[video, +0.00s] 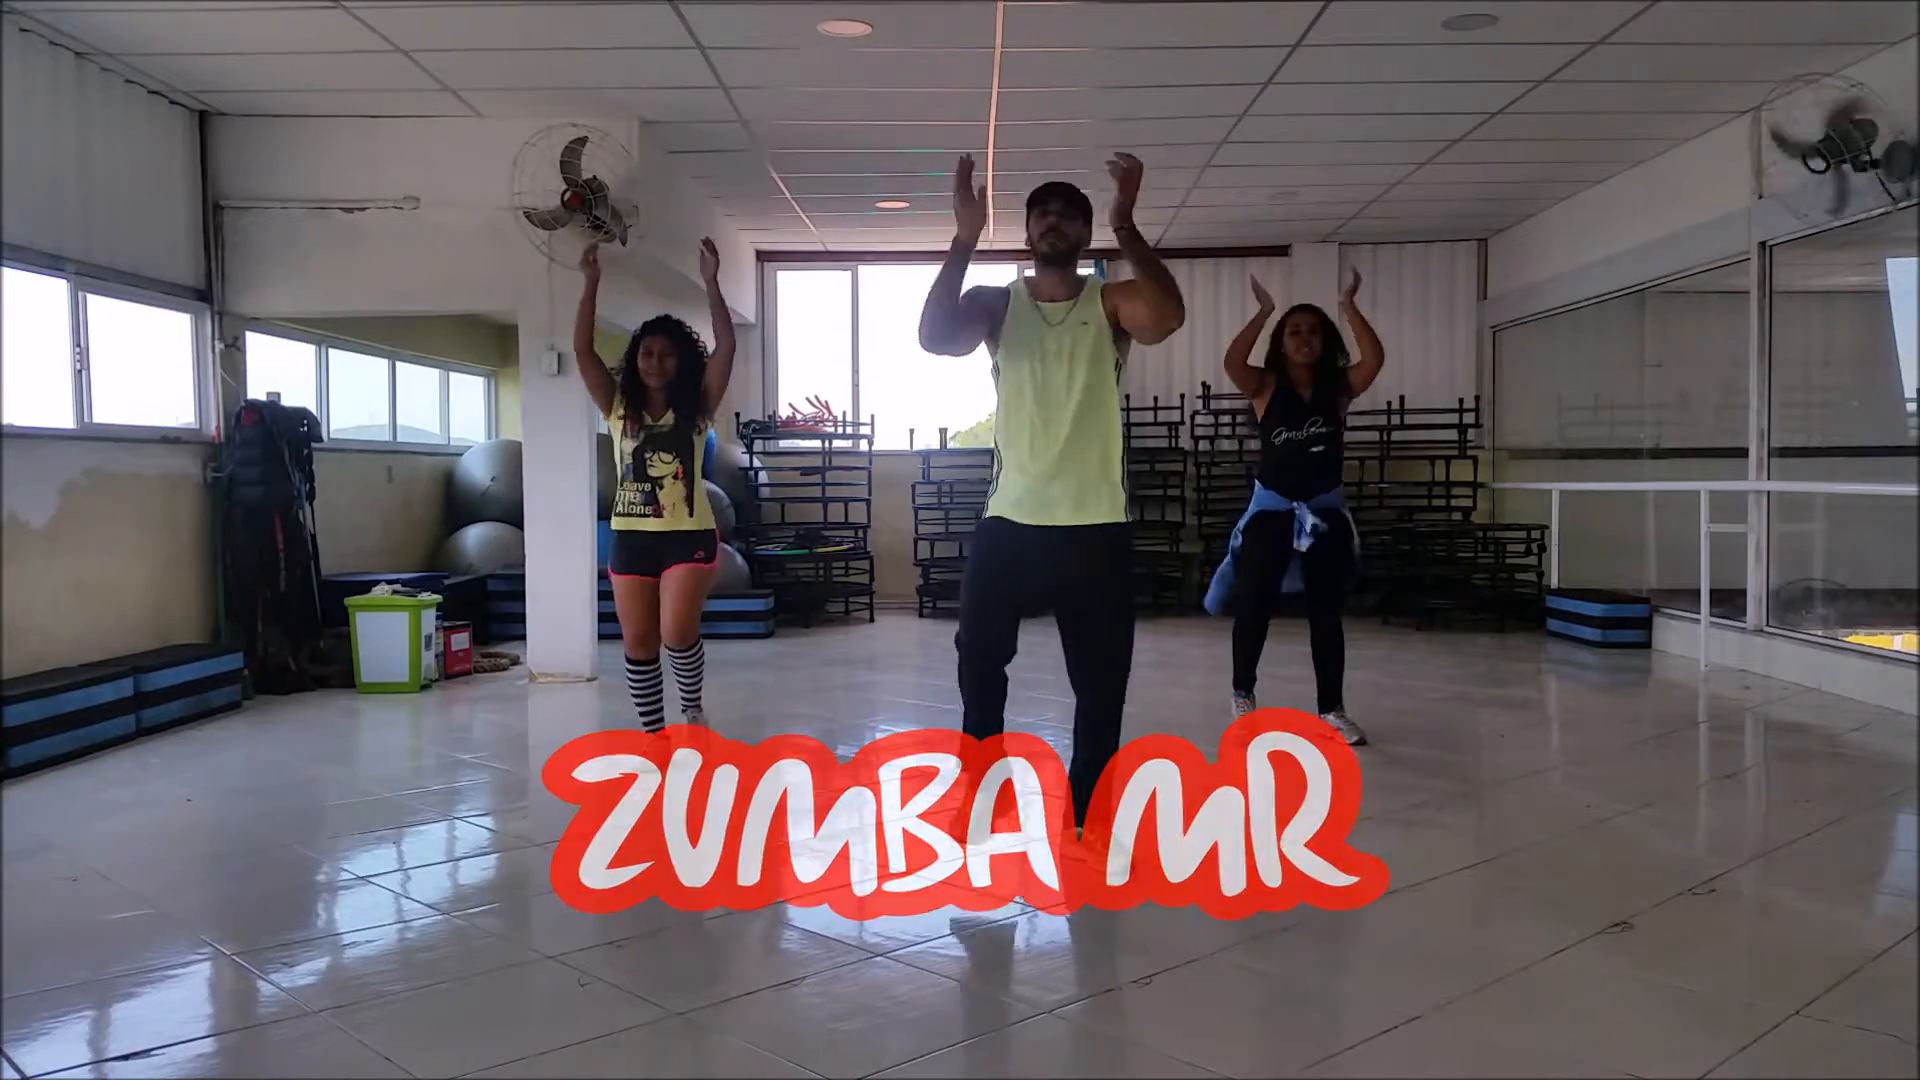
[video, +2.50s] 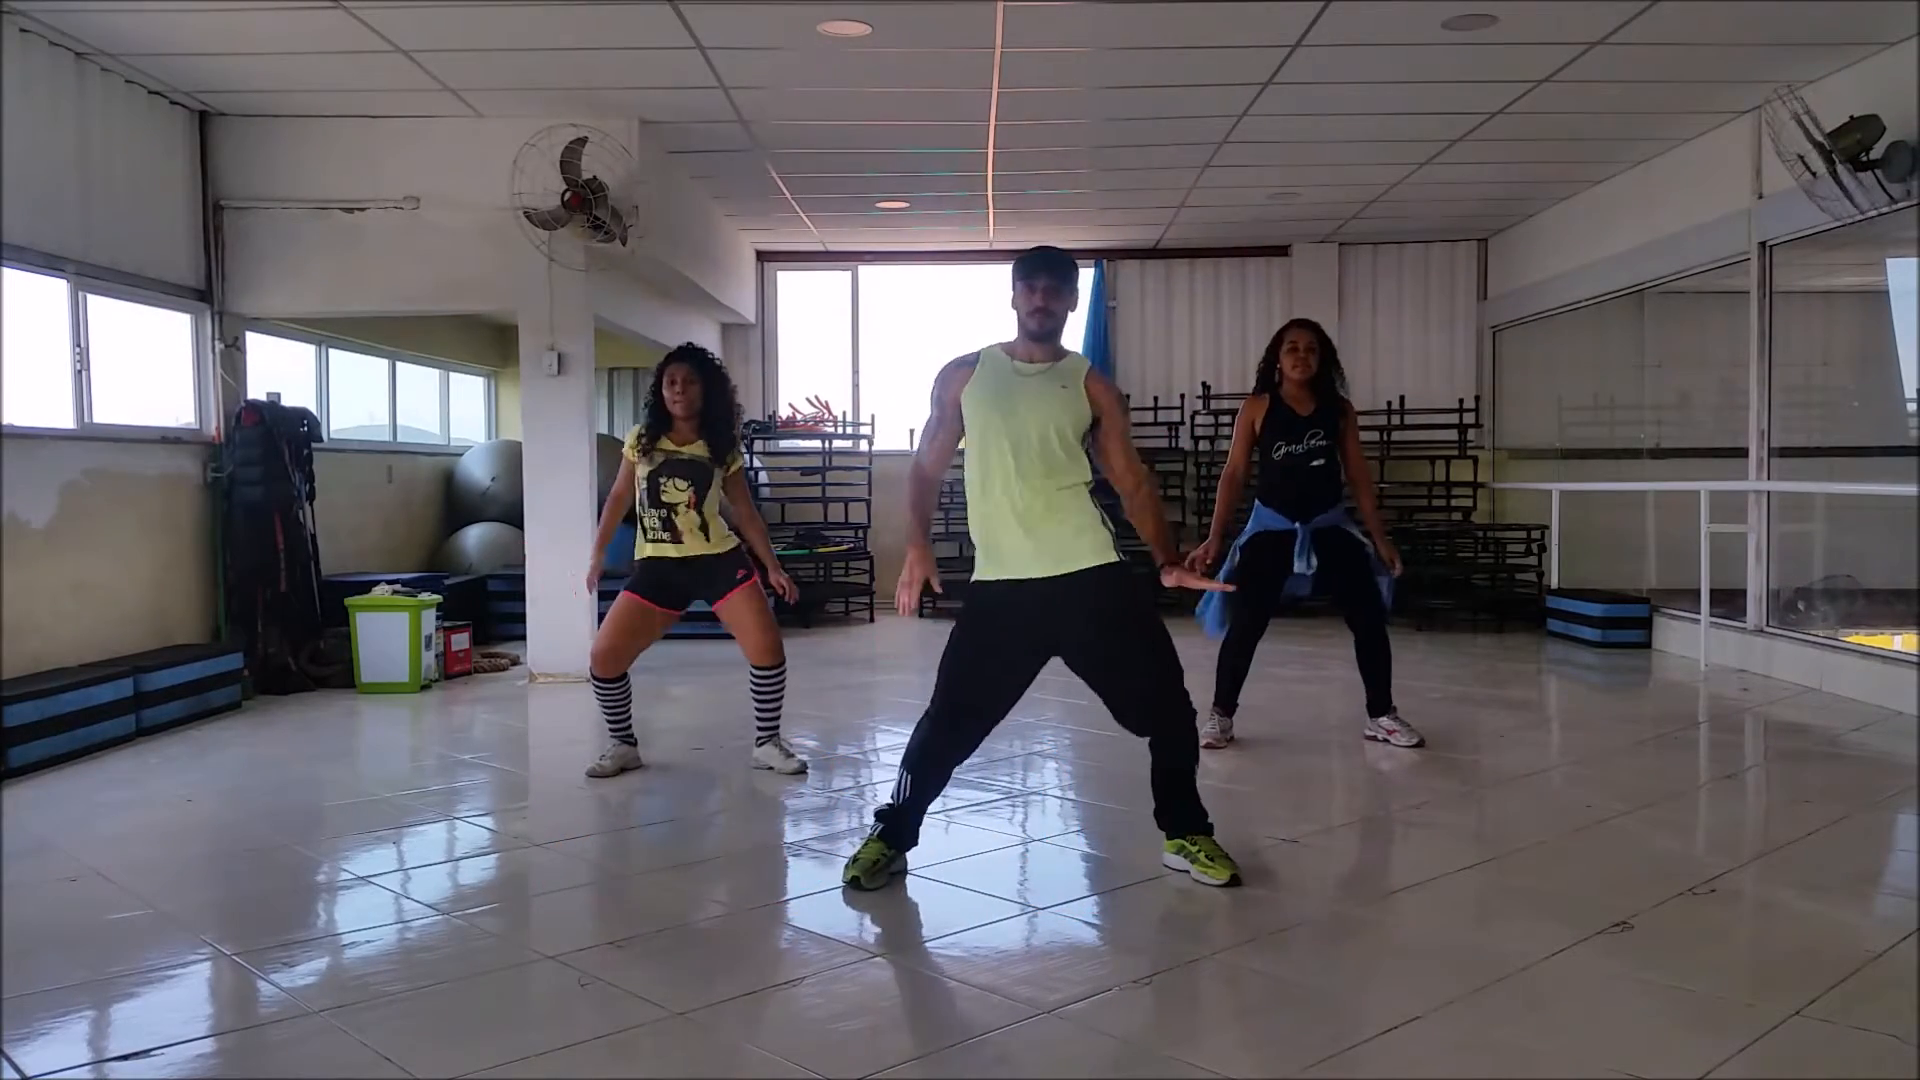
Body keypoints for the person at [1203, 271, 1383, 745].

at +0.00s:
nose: (1304, 339)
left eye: (1313, 332)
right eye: (1295, 333)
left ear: (1326, 341)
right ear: (1280, 342)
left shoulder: (1337, 388)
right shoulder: (1264, 386)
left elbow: (1373, 357)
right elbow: (1233, 363)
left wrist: (1349, 306)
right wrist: (1263, 314)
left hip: (1326, 516)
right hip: (1270, 515)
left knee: (1327, 614)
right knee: (1254, 605)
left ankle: (1332, 712)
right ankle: (1243, 698)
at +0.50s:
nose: (1286, 338)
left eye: (1293, 330)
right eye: (1276, 331)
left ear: (1306, 339)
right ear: (1263, 341)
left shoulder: (1316, 384)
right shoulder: (1247, 386)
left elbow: (1363, 359)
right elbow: (1234, 359)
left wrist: (1336, 307)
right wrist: (1268, 312)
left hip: (1308, 510)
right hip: (1256, 512)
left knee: (1354, 589)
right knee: (1252, 606)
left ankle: (1341, 692)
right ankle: (1245, 711)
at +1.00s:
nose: (1308, 338)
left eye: (1316, 330)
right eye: (1299, 331)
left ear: (1330, 337)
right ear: (1286, 340)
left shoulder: (1342, 387)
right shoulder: (1270, 383)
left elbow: (1368, 366)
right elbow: (1229, 376)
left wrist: (1343, 313)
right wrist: (1272, 327)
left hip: (1329, 512)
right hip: (1274, 511)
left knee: (1329, 613)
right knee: (1256, 607)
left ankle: (1333, 715)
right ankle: (1240, 700)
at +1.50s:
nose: (1279, 335)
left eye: (1287, 329)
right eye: (1269, 329)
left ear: (1300, 339)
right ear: (1254, 339)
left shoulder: (1315, 390)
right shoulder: (1235, 387)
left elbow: (1350, 438)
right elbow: (1195, 444)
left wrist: (1362, 460)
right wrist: (1220, 476)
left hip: (1308, 511)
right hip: (1251, 512)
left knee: (1348, 598)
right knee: (1245, 611)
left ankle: (1365, 700)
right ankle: (1234, 715)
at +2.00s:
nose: (1306, 350)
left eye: (1315, 343)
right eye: (1297, 342)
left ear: (1327, 352)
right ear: (1282, 351)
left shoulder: (1347, 403)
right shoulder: (1263, 403)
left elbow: (1366, 469)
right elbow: (1241, 470)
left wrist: (1388, 531)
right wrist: (1228, 534)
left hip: (1342, 523)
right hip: (1283, 524)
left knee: (1364, 620)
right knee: (1257, 621)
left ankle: (1381, 717)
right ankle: (1224, 715)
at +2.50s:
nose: (1301, 356)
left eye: (1310, 350)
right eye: (1292, 349)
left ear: (1321, 359)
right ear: (1276, 357)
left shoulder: (1339, 411)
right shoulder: (1256, 408)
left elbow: (1360, 478)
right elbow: (1232, 475)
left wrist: (1380, 538)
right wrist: (1214, 538)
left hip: (1331, 530)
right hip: (1271, 531)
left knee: (1369, 617)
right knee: (1248, 621)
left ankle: (1382, 716)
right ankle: (1221, 716)